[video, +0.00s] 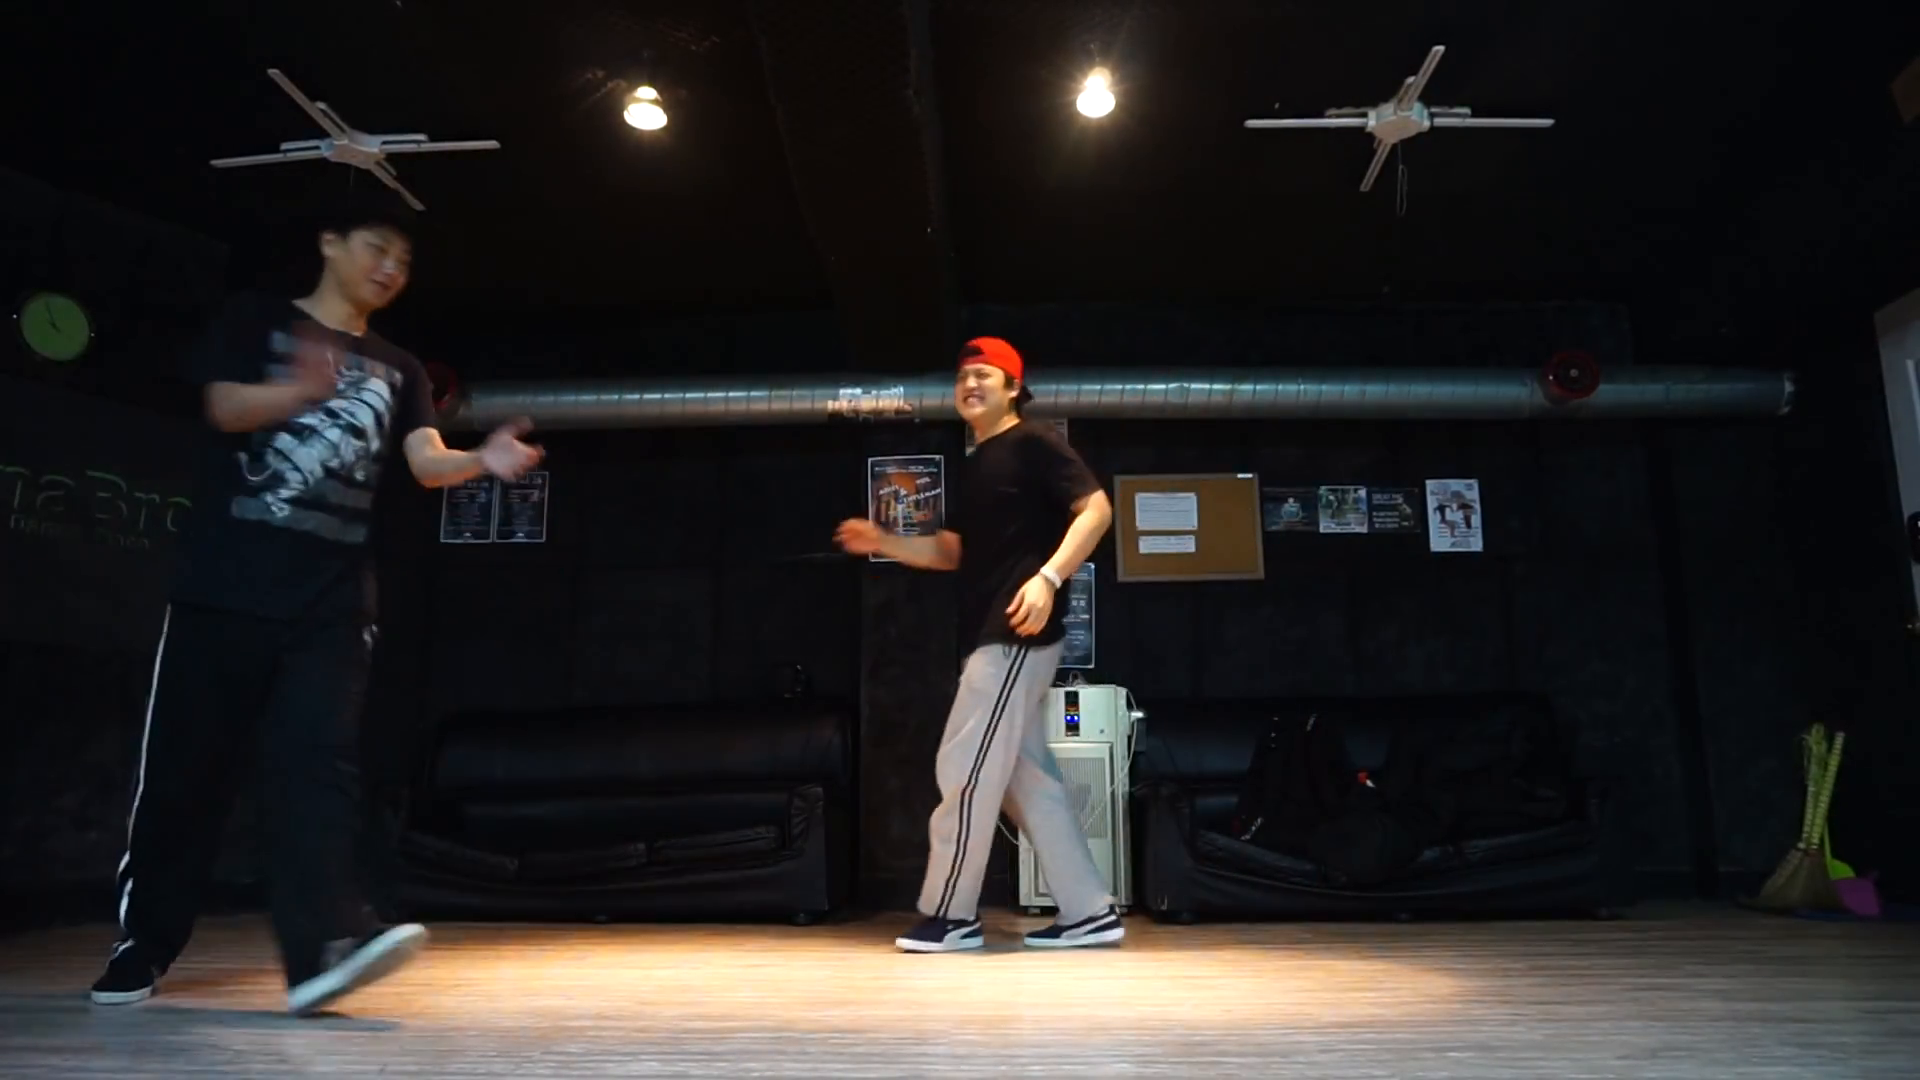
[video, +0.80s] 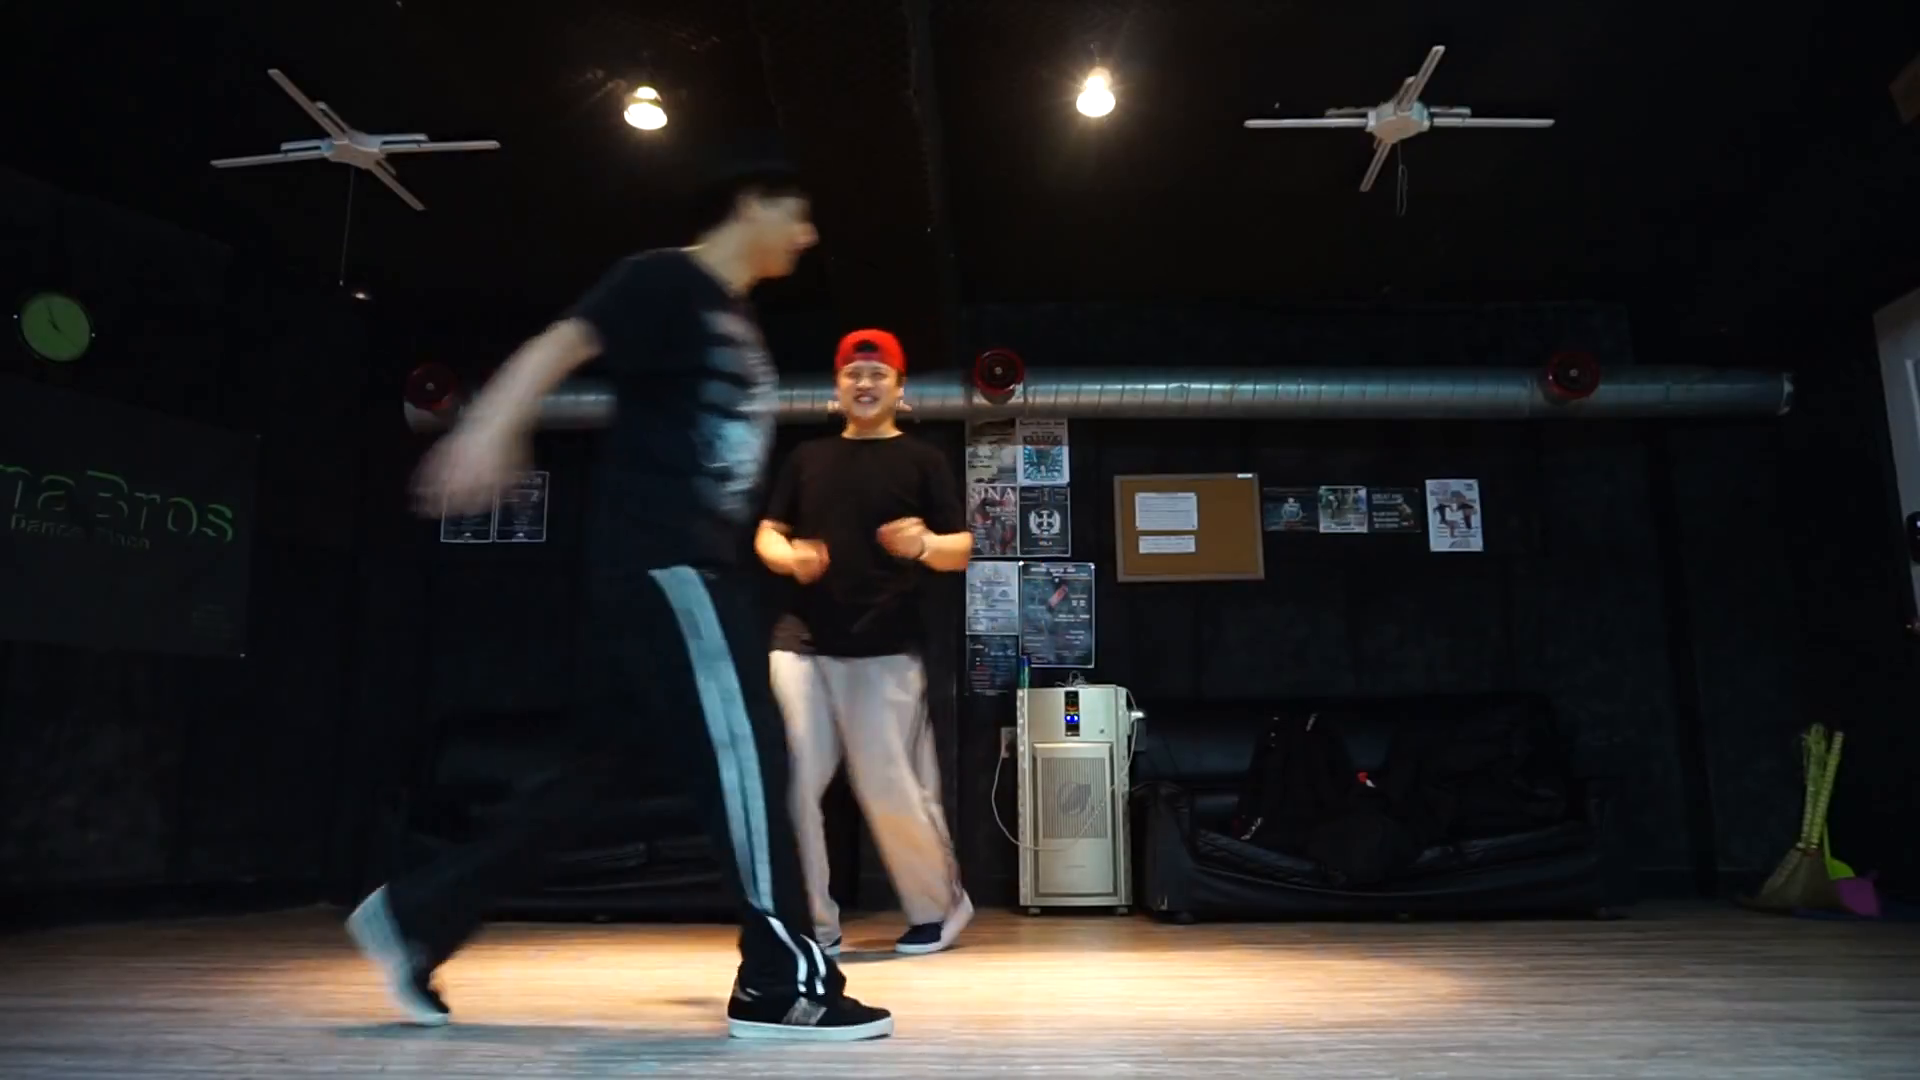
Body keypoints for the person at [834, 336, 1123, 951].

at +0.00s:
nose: (970, 385)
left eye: (983, 376)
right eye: (964, 377)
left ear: (1012, 390)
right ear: (957, 393)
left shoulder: (1035, 444)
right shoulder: (973, 465)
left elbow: (1097, 509)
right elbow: (952, 552)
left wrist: (1049, 578)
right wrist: (883, 541)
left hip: (1019, 634)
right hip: (993, 636)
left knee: (966, 766)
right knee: (1025, 774)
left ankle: (950, 917)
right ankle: (1089, 912)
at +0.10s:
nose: (957, 392)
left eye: (972, 383)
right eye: (950, 384)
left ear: (1000, 396)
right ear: (943, 397)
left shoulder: (1023, 456)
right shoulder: (949, 470)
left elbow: (1075, 532)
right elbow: (915, 553)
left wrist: (1040, 602)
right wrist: (853, 559)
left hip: (1001, 638)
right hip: (966, 639)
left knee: (946, 773)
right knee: (988, 781)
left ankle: (949, 923)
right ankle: (1074, 900)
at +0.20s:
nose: (948, 401)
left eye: (962, 391)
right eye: (939, 391)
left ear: (989, 401)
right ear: (929, 401)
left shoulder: (1015, 467)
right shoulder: (925, 473)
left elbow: (1057, 546)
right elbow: (894, 551)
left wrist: (1031, 605)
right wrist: (848, 579)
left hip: (983, 641)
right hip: (924, 644)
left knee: (939, 777)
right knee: (901, 782)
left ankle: (951, 926)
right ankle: (1033, 870)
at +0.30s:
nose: (935, 396)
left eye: (949, 388)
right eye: (928, 387)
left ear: (976, 399)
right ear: (918, 399)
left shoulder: (1004, 468)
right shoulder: (907, 469)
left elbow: (1042, 548)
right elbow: (881, 547)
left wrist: (1023, 601)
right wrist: (856, 586)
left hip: (965, 645)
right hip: (896, 646)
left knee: (936, 778)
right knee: (865, 775)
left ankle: (951, 925)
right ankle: (974, 860)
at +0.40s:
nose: (924, 380)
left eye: (938, 372)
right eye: (917, 371)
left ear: (965, 386)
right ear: (906, 385)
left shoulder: (992, 454)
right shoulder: (889, 455)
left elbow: (1029, 535)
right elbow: (868, 535)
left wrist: (1011, 583)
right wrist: (858, 578)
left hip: (953, 644)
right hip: (879, 643)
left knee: (942, 784)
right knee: (849, 764)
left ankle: (953, 923)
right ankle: (896, 901)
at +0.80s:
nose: (864, 383)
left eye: (877, 374)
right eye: (854, 373)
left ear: (898, 387)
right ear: (838, 385)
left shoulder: (922, 460)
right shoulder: (807, 457)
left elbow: (961, 549)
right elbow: (767, 535)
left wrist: (926, 544)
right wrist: (792, 555)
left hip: (883, 649)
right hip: (803, 647)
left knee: (889, 787)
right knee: (795, 788)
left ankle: (937, 911)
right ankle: (813, 928)